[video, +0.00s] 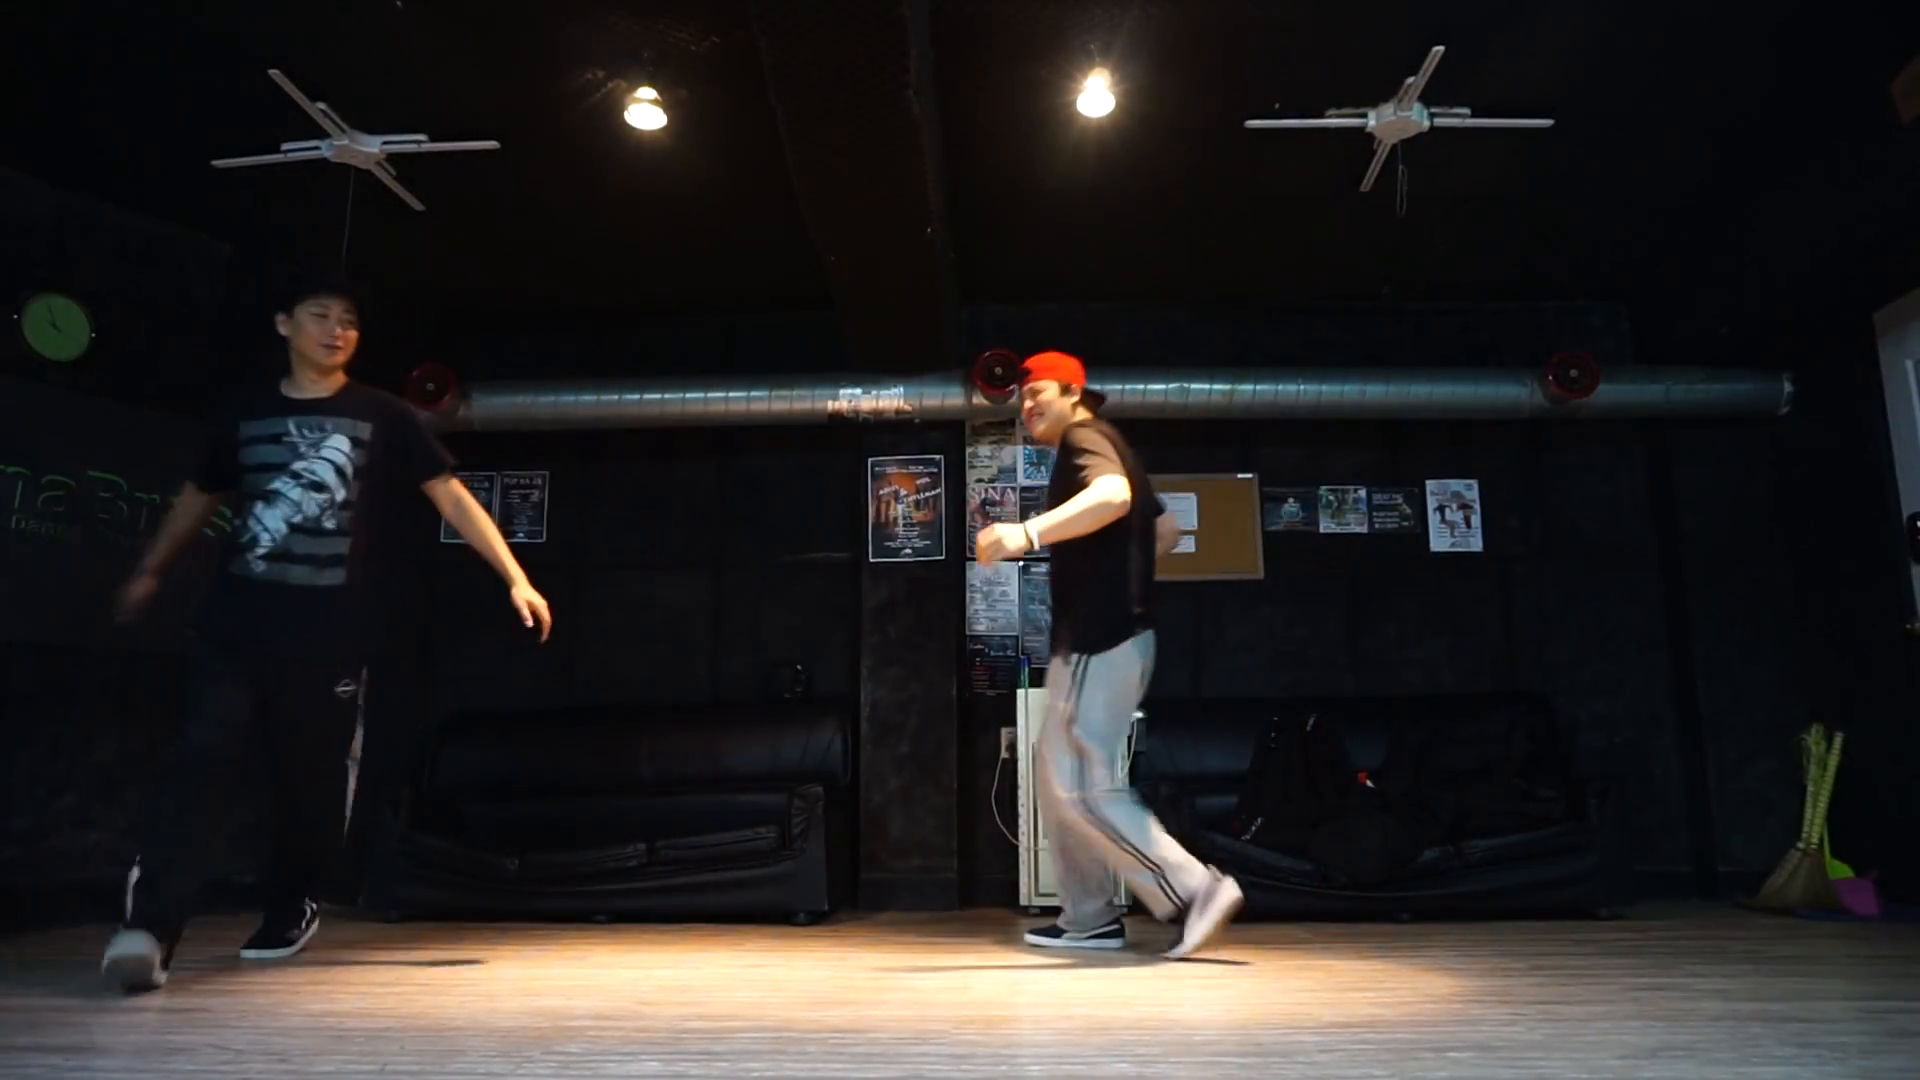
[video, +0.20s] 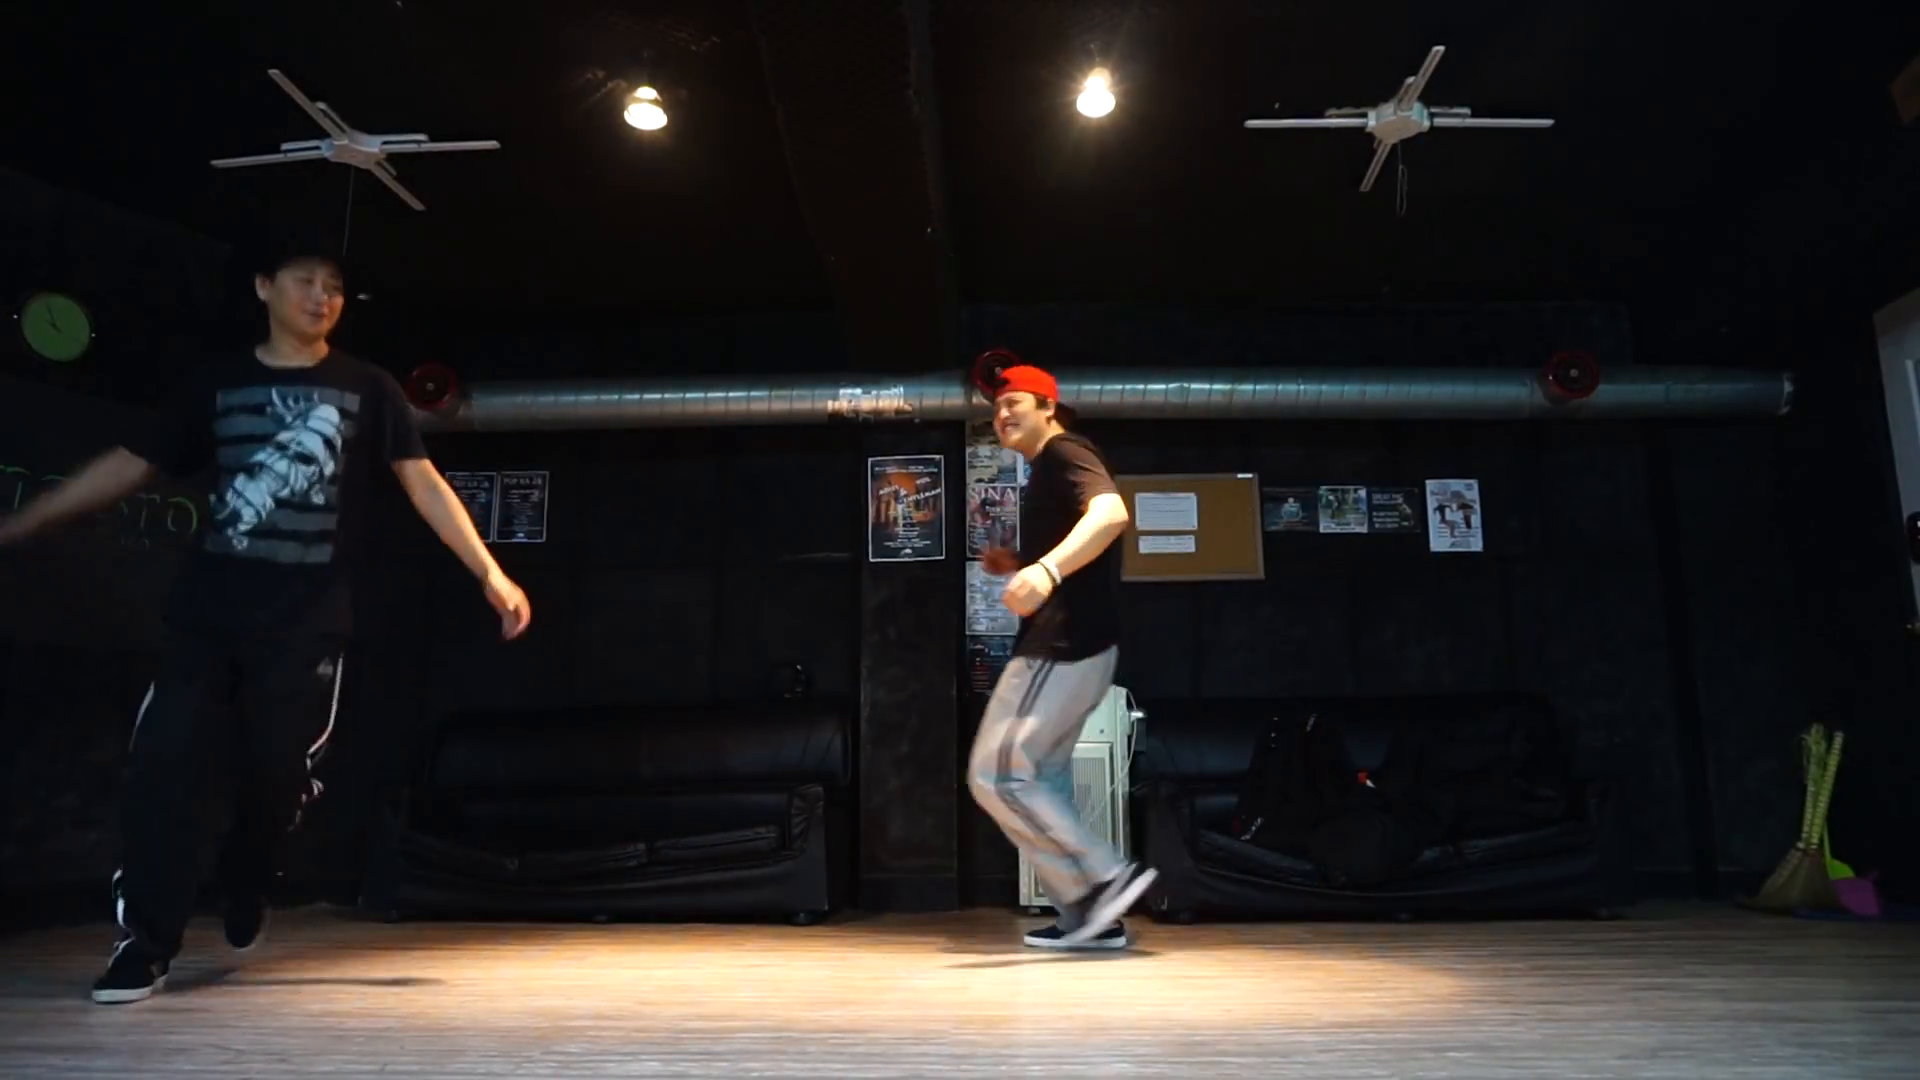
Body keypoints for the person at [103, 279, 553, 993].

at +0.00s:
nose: (336, 333)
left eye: (347, 324)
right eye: (321, 319)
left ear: (357, 339)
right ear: (286, 327)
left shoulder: (384, 417)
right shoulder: (244, 411)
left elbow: (452, 497)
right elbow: (196, 497)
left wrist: (515, 577)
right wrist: (148, 571)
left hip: (330, 623)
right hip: (242, 616)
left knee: (310, 768)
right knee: (201, 757)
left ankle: (292, 908)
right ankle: (147, 928)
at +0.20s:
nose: (320, 299)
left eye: (331, 289)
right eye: (305, 283)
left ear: (342, 305)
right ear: (266, 290)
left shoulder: (369, 391)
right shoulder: (216, 382)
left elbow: (426, 485)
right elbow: (130, 463)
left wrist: (490, 572)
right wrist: (26, 520)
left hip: (308, 612)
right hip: (211, 603)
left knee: (281, 772)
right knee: (166, 758)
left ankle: (250, 886)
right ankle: (145, 938)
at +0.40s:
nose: (361, 263)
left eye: (372, 252)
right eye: (345, 244)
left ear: (378, 270)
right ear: (298, 247)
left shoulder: (384, 363)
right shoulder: (234, 332)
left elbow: (429, 457)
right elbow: (171, 416)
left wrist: (504, 493)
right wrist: (155, 378)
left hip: (317, 589)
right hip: (220, 577)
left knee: (300, 755)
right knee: (172, 755)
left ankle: (251, 943)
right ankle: (140, 941)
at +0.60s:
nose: (432, 280)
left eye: (443, 269)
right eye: (421, 259)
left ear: (444, 282)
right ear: (371, 248)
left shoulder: (425, 381)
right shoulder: (289, 322)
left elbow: (432, 479)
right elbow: (288, 407)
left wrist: (459, 443)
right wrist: (414, 439)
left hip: (353, 599)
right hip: (249, 583)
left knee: (348, 775)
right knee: (190, 769)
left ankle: (338, 971)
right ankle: (135, 947)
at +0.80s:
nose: (526, 255)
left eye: (534, 241)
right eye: (515, 234)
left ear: (530, 252)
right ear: (466, 225)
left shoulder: (504, 360)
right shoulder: (380, 297)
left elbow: (516, 466)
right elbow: (348, 393)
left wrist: (543, 550)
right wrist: (437, 501)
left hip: (429, 578)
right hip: (339, 557)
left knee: (416, 771)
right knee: (294, 737)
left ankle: (345, 975)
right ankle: (176, 891)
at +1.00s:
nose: (614, 213)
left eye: (616, 199)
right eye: (602, 193)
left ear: (574, 197)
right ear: (549, 186)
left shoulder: (574, 317)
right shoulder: (478, 269)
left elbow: (576, 452)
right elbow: (401, 375)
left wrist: (585, 571)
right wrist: (330, 478)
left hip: (519, 547)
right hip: (455, 531)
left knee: (441, 745)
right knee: (494, 706)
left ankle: (346, 970)